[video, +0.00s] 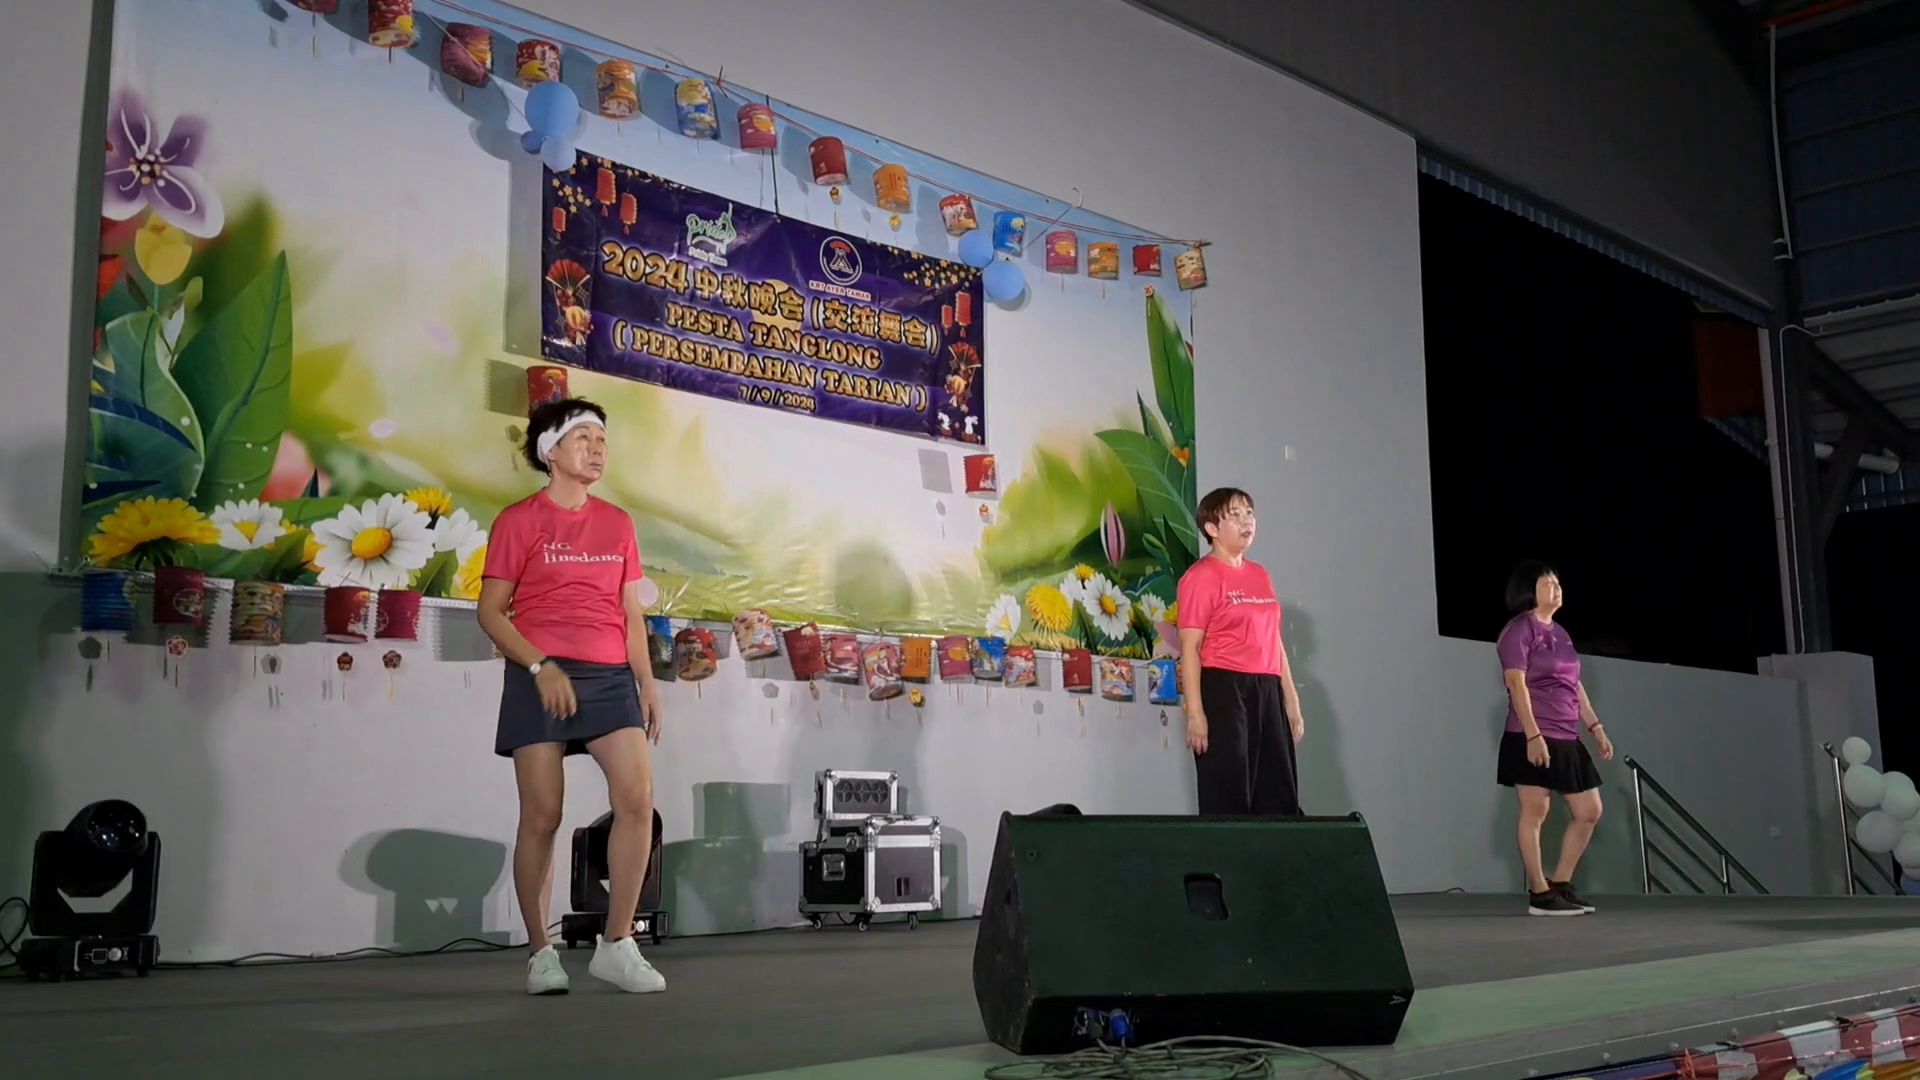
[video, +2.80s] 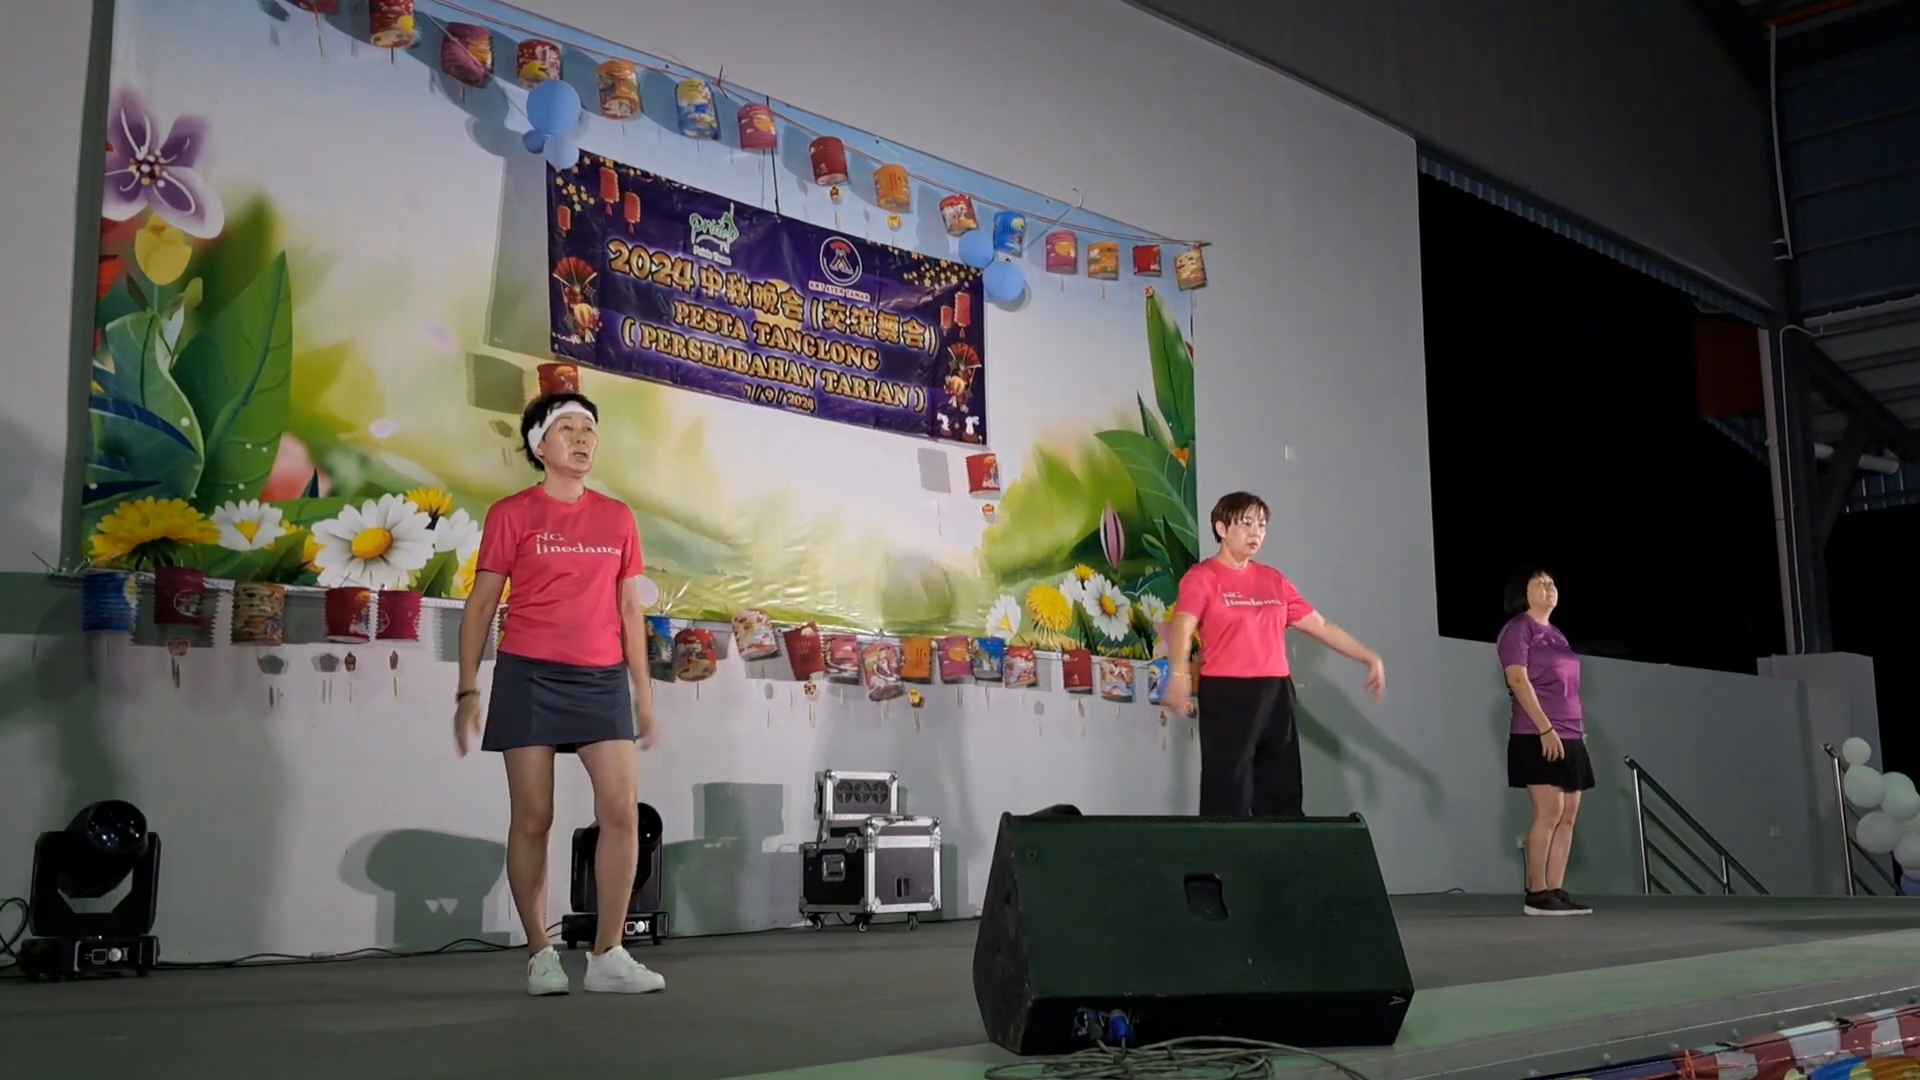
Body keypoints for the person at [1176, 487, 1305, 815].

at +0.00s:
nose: (1247, 522)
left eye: (1250, 514)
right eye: (1236, 515)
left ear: (1256, 521)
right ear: (1212, 528)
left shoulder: (1261, 576)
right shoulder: (1200, 577)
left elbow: (1275, 643)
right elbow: (1189, 648)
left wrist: (1291, 700)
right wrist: (1194, 713)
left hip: (1269, 693)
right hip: (1224, 691)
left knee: (1277, 794)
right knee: (1229, 796)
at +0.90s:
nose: (1260, 525)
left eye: (1262, 517)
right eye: (1250, 517)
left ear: (1266, 522)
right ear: (1224, 526)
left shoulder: (1245, 570)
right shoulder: (1223, 571)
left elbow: (1253, 642)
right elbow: (1221, 643)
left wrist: (1276, 706)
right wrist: (1243, 707)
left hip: (1270, 689)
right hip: (1239, 688)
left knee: (1282, 798)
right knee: (1241, 800)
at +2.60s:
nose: (1263, 528)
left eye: (1267, 520)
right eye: (1252, 519)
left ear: (1272, 525)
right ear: (1227, 525)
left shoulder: (1267, 572)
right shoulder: (1221, 574)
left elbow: (1289, 631)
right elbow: (1216, 635)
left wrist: (1313, 684)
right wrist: (1241, 693)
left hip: (1277, 693)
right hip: (1236, 692)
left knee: (1286, 796)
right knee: (1257, 797)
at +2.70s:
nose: (1260, 531)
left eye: (1265, 523)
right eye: (1251, 522)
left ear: (1270, 529)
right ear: (1226, 528)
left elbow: (1306, 631)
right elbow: (1200, 632)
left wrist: (1345, 675)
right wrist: (1214, 684)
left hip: (1279, 698)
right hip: (1235, 698)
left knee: (1286, 798)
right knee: (1251, 799)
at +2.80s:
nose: (1256, 533)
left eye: (1261, 525)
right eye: (1247, 524)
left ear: (1266, 532)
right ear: (1221, 529)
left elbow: (1320, 626)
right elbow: (1182, 628)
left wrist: (1370, 657)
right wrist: (1179, 677)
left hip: (1277, 696)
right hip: (1227, 695)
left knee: (1282, 793)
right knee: (1229, 794)